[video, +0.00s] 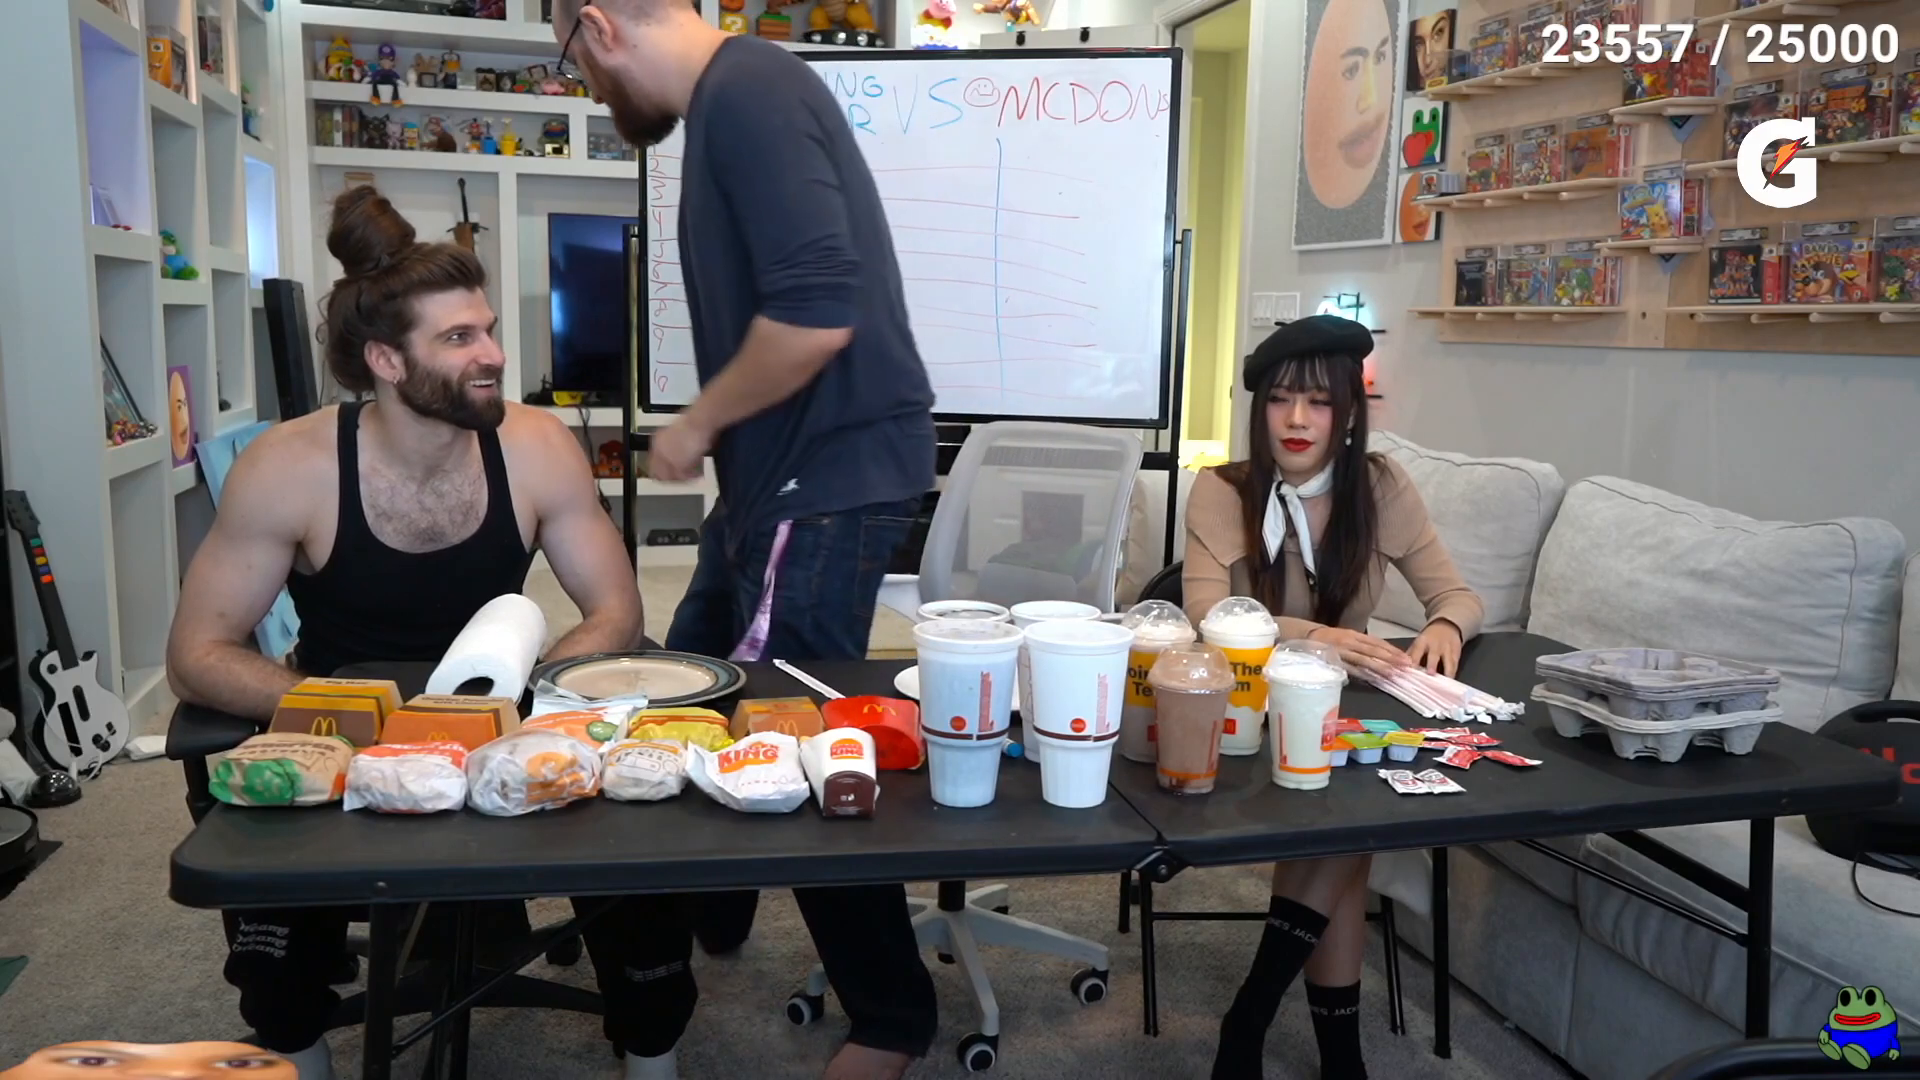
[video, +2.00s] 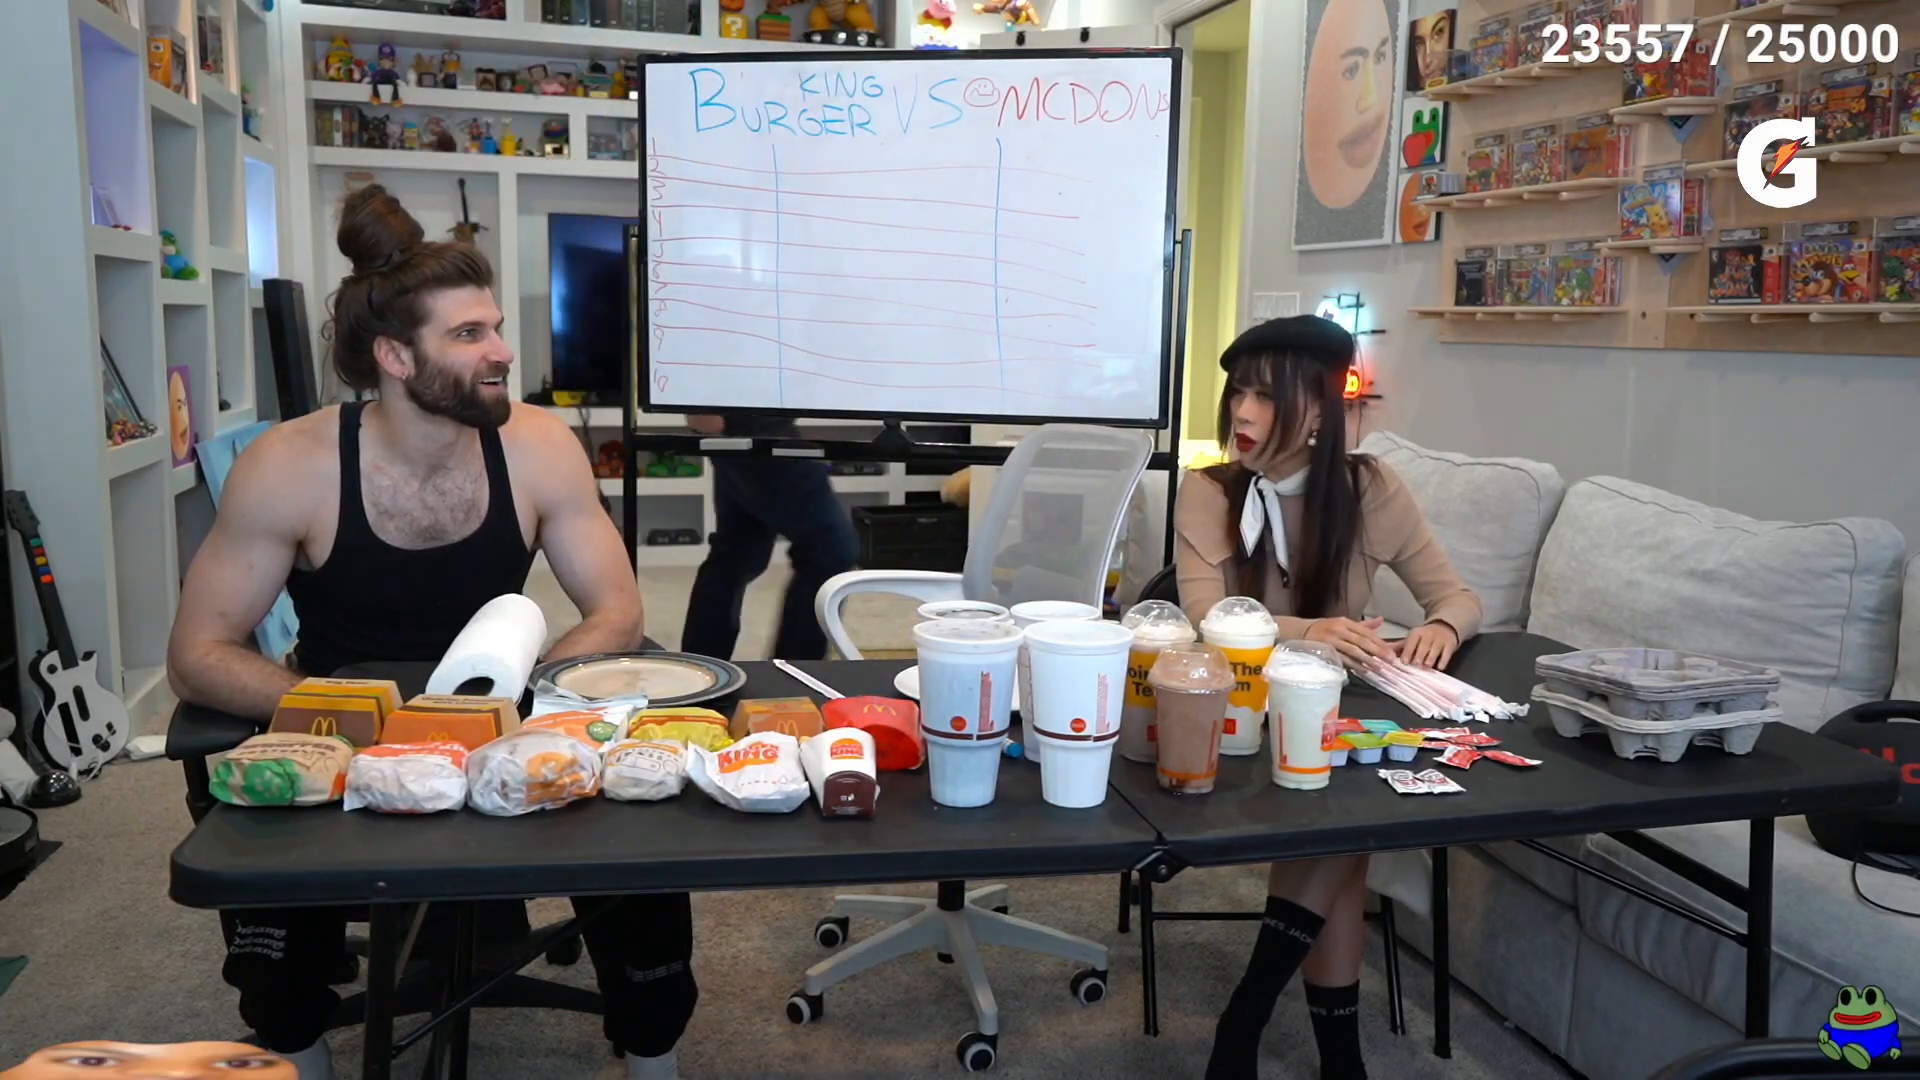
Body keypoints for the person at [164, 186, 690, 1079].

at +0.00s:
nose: (491, 354)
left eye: (490, 332)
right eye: (458, 338)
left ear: (497, 329)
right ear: (385, 364)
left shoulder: (538, 449)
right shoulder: (289, 466)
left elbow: (618, 616)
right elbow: (197, 653)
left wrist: (527, 684)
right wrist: (343, 708)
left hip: (508, 746)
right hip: (338, 756)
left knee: (639, 849)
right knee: (272, 886)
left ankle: (654, 1058)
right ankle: (299, 1060)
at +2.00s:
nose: (499, 351)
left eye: (499, 330)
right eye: (468, 336)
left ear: (502, 328)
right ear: (393, 358)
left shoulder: (539, 447)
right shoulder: (290, 466)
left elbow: (620, 614)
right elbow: (198, 654)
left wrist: (525, 679)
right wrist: (341, 709)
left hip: (509, 746)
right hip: (338, 757)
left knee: (638, 839)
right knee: (269, 879)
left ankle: (652, 1059)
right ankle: (299, 1060)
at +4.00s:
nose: (529, 349)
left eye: (524, 328)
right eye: (503, 334)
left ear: (439, 347)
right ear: (427, 351)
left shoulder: (542, 443)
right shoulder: (302, 461)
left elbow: (620, 609)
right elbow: (206, 657)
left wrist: (528, 683)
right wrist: (357, 712)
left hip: (507, 742)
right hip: (340, 750)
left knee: (667, 828)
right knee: (268, 866)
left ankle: (662, 1058)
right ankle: (316, 1057)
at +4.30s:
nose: (538, 353)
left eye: (532, 332)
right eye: (516, 340)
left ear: (454, 357)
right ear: (442, 360)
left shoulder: (542, 445)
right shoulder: (300, 462)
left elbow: (619, 611)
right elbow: (205, 655)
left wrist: (531, 684)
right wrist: (355, 714)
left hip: (508, 741)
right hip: (341, 751)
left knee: (658, 826)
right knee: (256, 858)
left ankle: (660, 1055)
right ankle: (315, 1052)